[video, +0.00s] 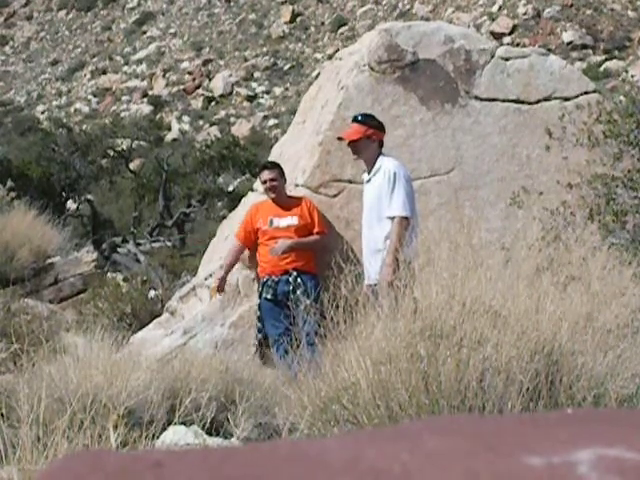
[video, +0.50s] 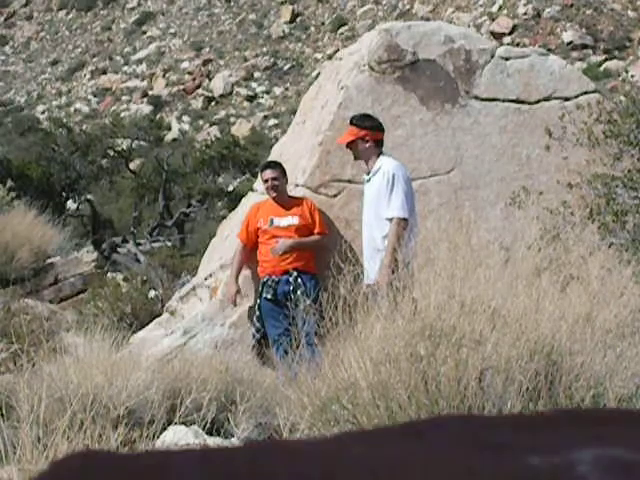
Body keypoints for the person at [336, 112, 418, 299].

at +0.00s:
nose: (351, 147)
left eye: (355, 141)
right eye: (350, 142)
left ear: (373, 139)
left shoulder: (393, 170)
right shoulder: (369, 177)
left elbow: (401, 220)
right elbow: (372, 229)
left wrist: (390, 264)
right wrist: (369, 276)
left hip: (390, 272)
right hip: (373, 274)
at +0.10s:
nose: (351, 147)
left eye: (355, 141)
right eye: (350, 142)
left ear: (373, 139)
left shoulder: (393, 170)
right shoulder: (369, 177)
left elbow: (401, 220)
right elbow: (372, 228)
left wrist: (390, 265)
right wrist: (369, 276)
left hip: (390, 272)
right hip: (373, 274)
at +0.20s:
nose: (351, 147)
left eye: (355, 141)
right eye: (350, 142)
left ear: (372, 139)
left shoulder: (393, 170)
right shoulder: (369, 177)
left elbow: (401, 220)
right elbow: (373, 228)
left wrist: (390, 264)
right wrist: (369, 276)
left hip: (390, 272)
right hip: (373, 274)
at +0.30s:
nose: (350, 147)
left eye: (354, 142)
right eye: (349, 142)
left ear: (371, 140)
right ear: (369, 141)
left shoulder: (393, 170)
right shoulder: (370, 177)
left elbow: (401, 220)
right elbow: (372, 230)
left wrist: (389, 265)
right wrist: (369, 277)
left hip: (389, 272)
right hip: (374, 274)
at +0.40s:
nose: (350, 147)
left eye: (354, 142)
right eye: (349, 142)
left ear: (370, 141)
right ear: (367, 142)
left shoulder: (393, 170)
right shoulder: (370, 176)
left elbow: (400, 221)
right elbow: (375, 224)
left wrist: (387, 268)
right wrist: (370, 272)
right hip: (372, 276)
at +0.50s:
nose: (349, 147)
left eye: (353, 142)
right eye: (349, 142)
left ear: (368, 141)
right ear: (366, 142)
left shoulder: (393, 171)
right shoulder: (371, 176)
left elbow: (399, 222)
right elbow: (375, 226)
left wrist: (386, 270)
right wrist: (370, 274)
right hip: (373, 277)